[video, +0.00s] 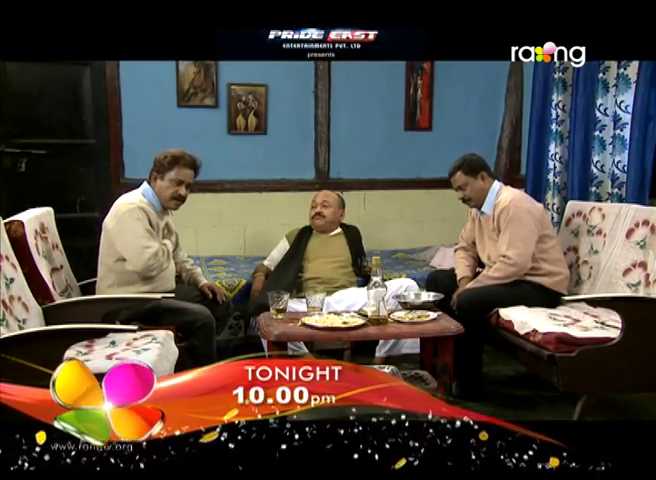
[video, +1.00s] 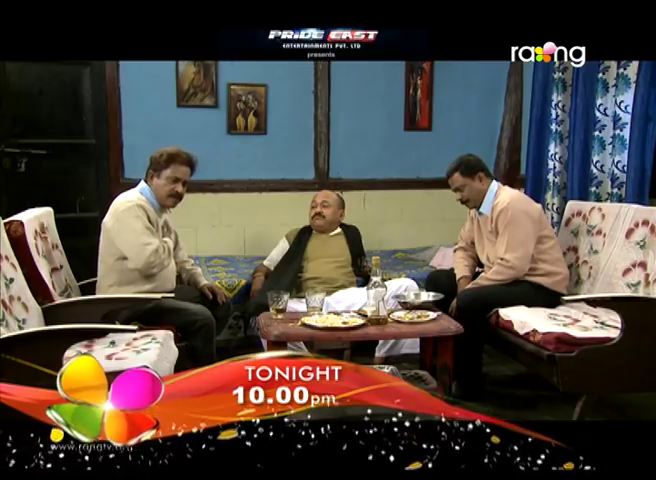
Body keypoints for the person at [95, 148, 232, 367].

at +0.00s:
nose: (183, 192)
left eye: (188, 187)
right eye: (177, 184)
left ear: (192, 189)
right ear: (156, 179)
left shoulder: (159, 215)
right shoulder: (130, 210)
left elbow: (178, 258)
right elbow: (145, 265)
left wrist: (201, 282)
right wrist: (167, 245)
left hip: (156, 296)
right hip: (127, 305)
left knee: (219, 304)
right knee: (201, 319)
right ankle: (204, 385)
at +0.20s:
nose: (184, 193)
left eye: (189, 187)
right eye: (178, 184)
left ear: (193, 189)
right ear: (157, 179)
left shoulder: (161, 214)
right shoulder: (131, 209)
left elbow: (179, 258)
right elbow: (147, 264)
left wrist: (201, 282)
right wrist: (169, 245)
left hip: (156, 295)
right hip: (128, 304)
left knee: (219, 304)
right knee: (201, 319)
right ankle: (205, 385)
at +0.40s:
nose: (185, 192)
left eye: (189, 186)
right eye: (179, 183)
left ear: (193, 188)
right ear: (157, 179)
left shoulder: (163, 216)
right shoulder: (132, 209)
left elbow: (181, 259)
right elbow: (148, 263)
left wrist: (203, 283)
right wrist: (169, 245)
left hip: (156, 296)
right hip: (128, 305)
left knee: (218, 303)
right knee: (201, 319)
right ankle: (204, 386)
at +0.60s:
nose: (184, 191)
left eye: (189, 186)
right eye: (178, 183)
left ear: (192, 188)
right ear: (157, 178)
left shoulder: (162, 215)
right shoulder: (132, 208)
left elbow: (181, 259)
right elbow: (149, 262)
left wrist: (203, 283)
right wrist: (170, 244)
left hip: (155, 296)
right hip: (127, 304)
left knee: (218, 304)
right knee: (201, 319)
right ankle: (204, 386)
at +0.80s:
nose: (183, 191)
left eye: (188, 185)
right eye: (177, 182)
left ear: (191, 187)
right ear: (156, 178)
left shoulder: (162, 215)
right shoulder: (131, 208)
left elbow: (181, 259)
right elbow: (147, 262)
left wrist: (203, 283)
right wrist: (169, 244)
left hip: (156, 296)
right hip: (128, 304)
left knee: (218, 304)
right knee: (201, 319)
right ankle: (204, 385)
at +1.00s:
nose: (180, 190)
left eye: (185, 184)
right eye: (174, 181)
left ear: (188, 186)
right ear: (153, 177)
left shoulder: (159, 214)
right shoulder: (128, 208)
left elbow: (179, 258)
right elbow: (146, 262)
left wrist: (202, 283)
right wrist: (167, 241)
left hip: (156, 296)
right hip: (127, 305)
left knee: (218, 303)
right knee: (201, 319)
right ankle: (203, 386)